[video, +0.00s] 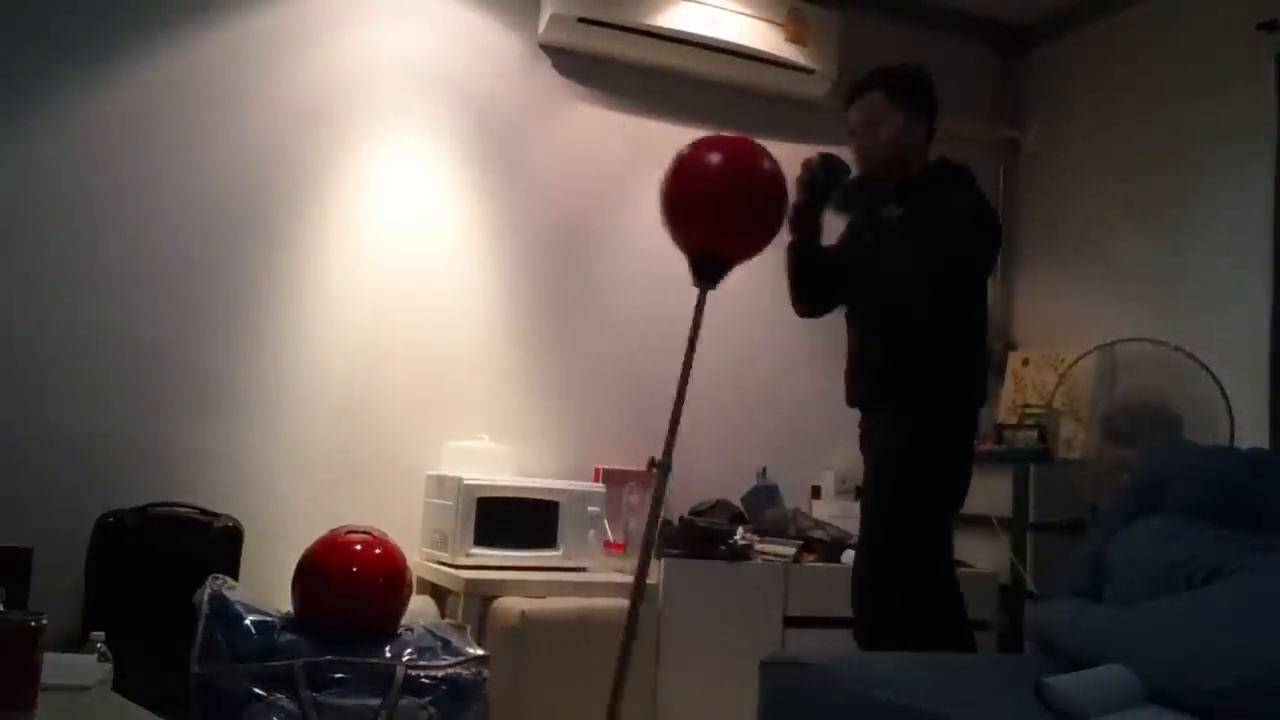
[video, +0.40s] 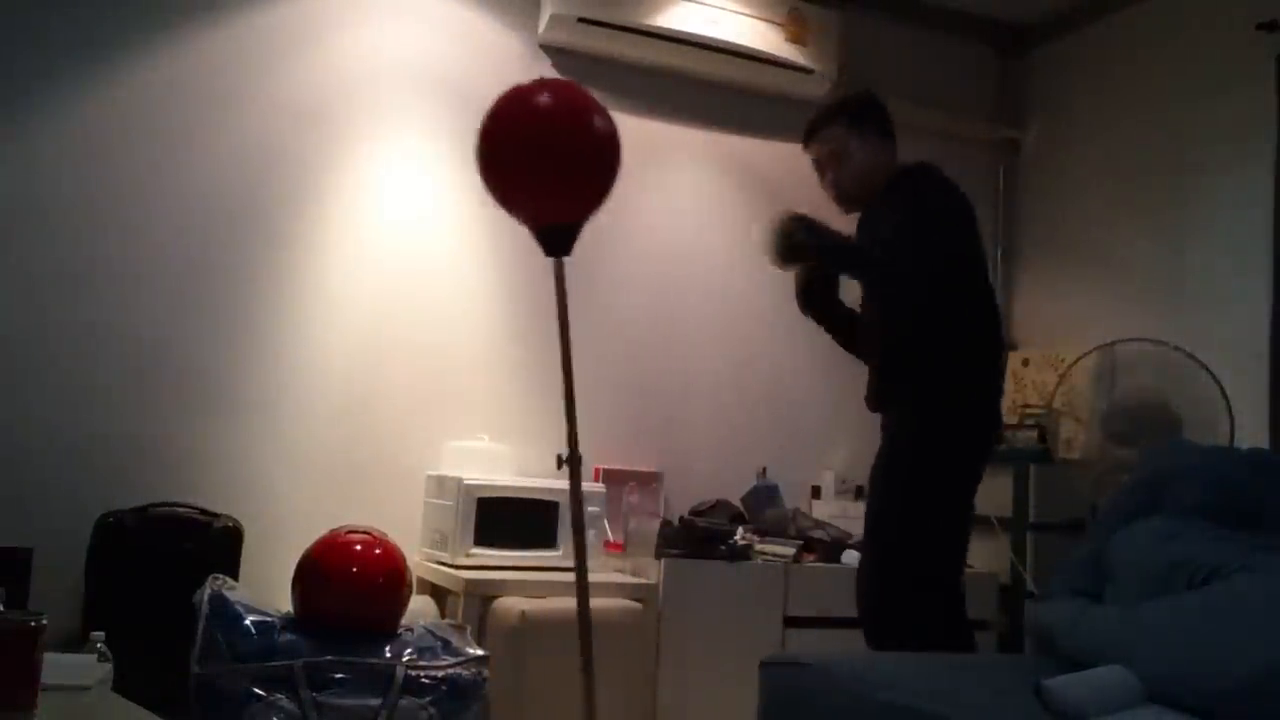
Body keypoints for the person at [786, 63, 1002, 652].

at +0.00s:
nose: (854, 139)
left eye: (866, 123)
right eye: (851, 127)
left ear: (907, 125)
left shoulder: (951, 192)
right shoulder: (877, 209)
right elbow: (811, 295)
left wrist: (865, 195)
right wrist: (805, 214)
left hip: (934, 415)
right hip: (890, 416)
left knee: (887, 588)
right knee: (916, 582)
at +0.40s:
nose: (827, 181)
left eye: (833, 161)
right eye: (820, 171)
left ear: (872, 143)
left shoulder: (921, 193)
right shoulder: (887, 223)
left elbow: (910, 271)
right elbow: (882, 343)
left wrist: (829, 247)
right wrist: (825, 304)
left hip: (944, 415)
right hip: (919, 416)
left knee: (895, 593)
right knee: (917, 590)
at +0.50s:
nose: (814, 185)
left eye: (820, 166)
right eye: (808, 174)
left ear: (858, 146)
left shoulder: (909, 188)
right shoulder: (889, 218)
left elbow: (840, 221)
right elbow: (906, 351)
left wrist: (738, 196)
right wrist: (839, 325)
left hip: (941, 417)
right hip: (937, 418)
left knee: (895, 593)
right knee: (920, 592)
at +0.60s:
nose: (815, 171)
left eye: (821, 152)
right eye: (805, 161)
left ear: (859, 134)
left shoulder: (907, 183)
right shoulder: (881, 211)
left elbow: (811, 196)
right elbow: (898, 341)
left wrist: (703, 157)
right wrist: (833, 316)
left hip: (941, 426)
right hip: (919, 427)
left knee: (886, 601)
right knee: (900, 599)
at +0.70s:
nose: (819, 139)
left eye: (834, 120)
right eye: (810, 125)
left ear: (876, 112)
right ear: (802, 128)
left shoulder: (921, 173)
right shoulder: (851, 201)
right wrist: (784, 267)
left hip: (931, 428)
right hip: (876, 429)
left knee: (901, 616)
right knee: (901, 613)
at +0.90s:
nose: (855, 142)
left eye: (872, 123)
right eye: (843, 122)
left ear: (908, 123)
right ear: (826, 117)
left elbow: (1000, 318)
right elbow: (702, 207)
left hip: (935, 439)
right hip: (856, 440)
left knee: (908, 621)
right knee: (885, 620)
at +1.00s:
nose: (841, 143)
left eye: (859, 126)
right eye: (832, 124)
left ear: (902, 124)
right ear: (820, 118)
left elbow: (1001, 322)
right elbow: (700, 275)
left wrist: (933, 290)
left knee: (901, 619)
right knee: (858, 615)